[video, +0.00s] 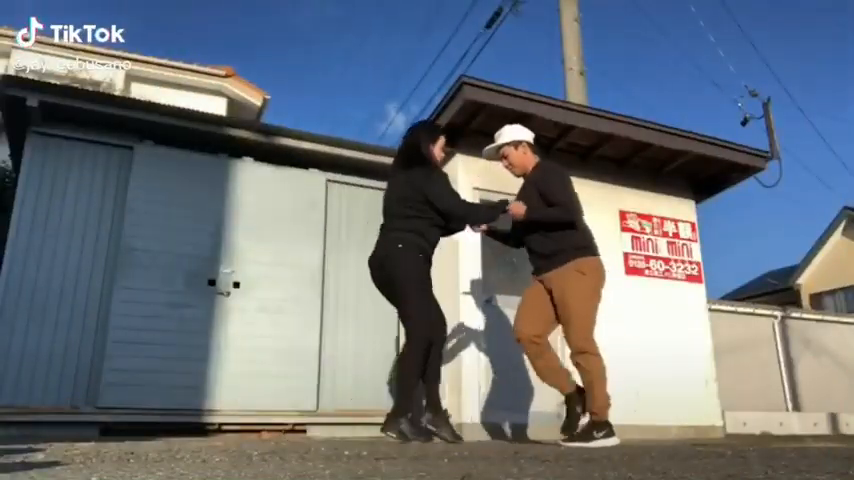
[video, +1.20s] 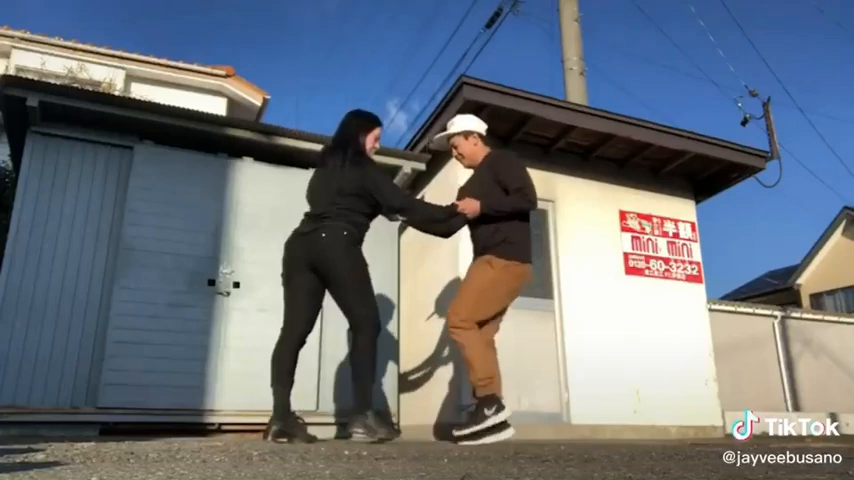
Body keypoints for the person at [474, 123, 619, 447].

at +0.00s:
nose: (504, 164)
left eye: (505, 156)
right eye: (501, 159)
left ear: (524, 148)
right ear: (517, 154)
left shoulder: (549, 173)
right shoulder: (526, 190)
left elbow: (570, 214)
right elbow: (520, 238)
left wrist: (528, 213)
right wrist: (490, 230)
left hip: (576, 268)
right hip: (547, 277)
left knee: (581, 344)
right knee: (528, 333)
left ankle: (601, 422)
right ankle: (572, 394)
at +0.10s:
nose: (497, 161)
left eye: (499, 153)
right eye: (494, 156)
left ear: (517, 145)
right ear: (509, 152)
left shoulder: (544, 170)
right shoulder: (519, 187)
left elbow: (569, 209)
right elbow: (503, 233)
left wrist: (525, 200)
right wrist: (473, 213)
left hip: (569, 268)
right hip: (536, 276)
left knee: (583, 345)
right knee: (513, 331)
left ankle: (600, 422)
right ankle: (532, 414)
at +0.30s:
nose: (479, 159)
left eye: (481, 151)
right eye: (477, 154)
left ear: (499, 146)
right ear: (493, 151)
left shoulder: (529, 169)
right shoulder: (498, 189)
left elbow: (544, 208)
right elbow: (485, 239)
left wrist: (505, 185)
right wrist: (458, 215)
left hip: (538, 274)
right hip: (510, 281)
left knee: (539, 346)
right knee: (502, 349)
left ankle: (593, 416)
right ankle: (503, 422)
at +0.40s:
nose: (473, 164)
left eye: (475, 156)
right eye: (471, 158)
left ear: (493, 147)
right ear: (488, 151)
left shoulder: (518, 170)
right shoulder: (497, 190)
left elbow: (530, 205)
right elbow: (491, 246)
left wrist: (487, 196)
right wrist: (453, 229)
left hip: (520, 273)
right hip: (513, 275)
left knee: (482, 336)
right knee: (499, 344)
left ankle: (547, 386)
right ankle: (501, 423)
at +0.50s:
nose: (465, 163)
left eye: (466, 155)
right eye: (462, 158)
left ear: (484, 147)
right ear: (486, 151)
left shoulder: (503, 174)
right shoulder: (508, 182)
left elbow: (493, 212)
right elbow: (486, 248)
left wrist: (453, 215)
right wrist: (446, 246)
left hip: (505, 272)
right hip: (522, 277)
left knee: (457, 325)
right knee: (491, 345)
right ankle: (500, 426)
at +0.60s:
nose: (457, 164)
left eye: (459, 155)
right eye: (455, 158)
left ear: (477, 147)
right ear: (476, 151)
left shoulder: (495, 174)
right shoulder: (500, 181)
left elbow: (473, 213)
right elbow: (477, 246)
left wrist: (425, 215)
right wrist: (438, 245)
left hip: (498, 271)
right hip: (514, 275)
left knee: (453, 330)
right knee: (483, 345)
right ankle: (498, 420)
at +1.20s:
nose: (454, 153)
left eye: (456, 145)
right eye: (452, 148)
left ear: (474, 138)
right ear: (467, 145)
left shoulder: (503, 162)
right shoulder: (471, 185)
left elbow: (527, 201)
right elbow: (446, 226)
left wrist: (481, 207)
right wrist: (406, 210)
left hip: (504, 261)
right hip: (495, 262)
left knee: (460, 321)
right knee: (481, 334)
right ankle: (492, 415)